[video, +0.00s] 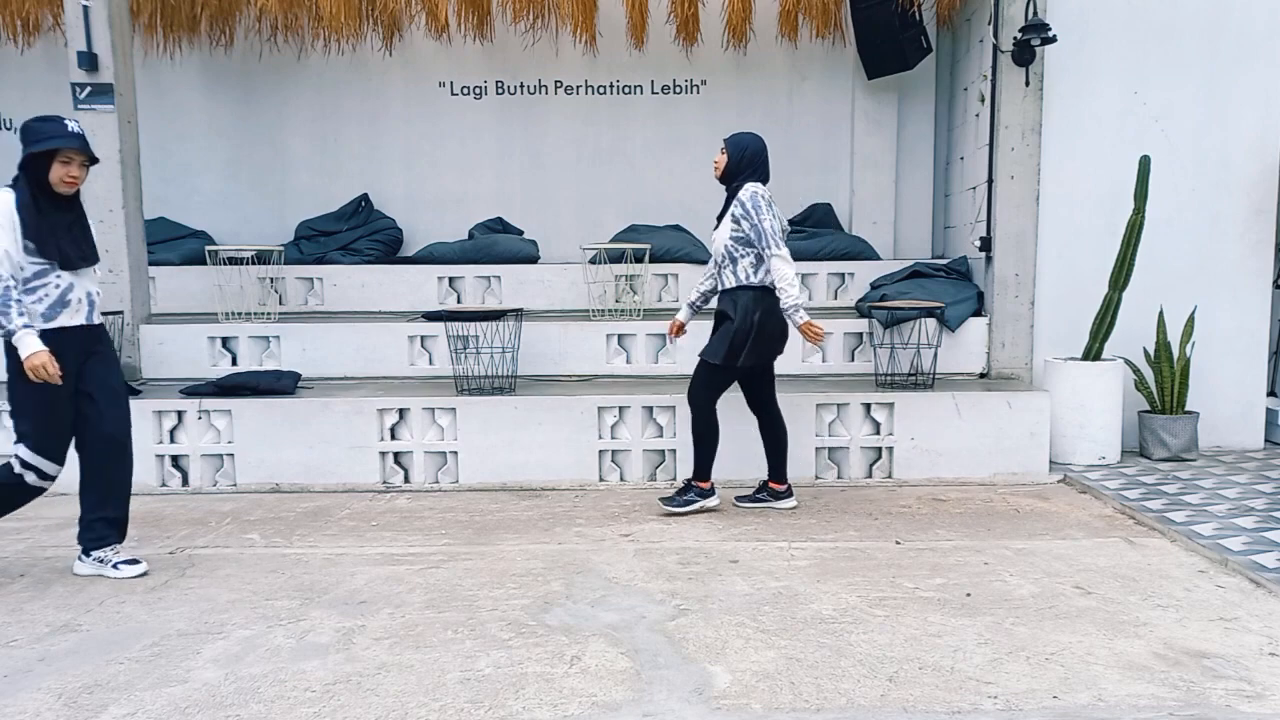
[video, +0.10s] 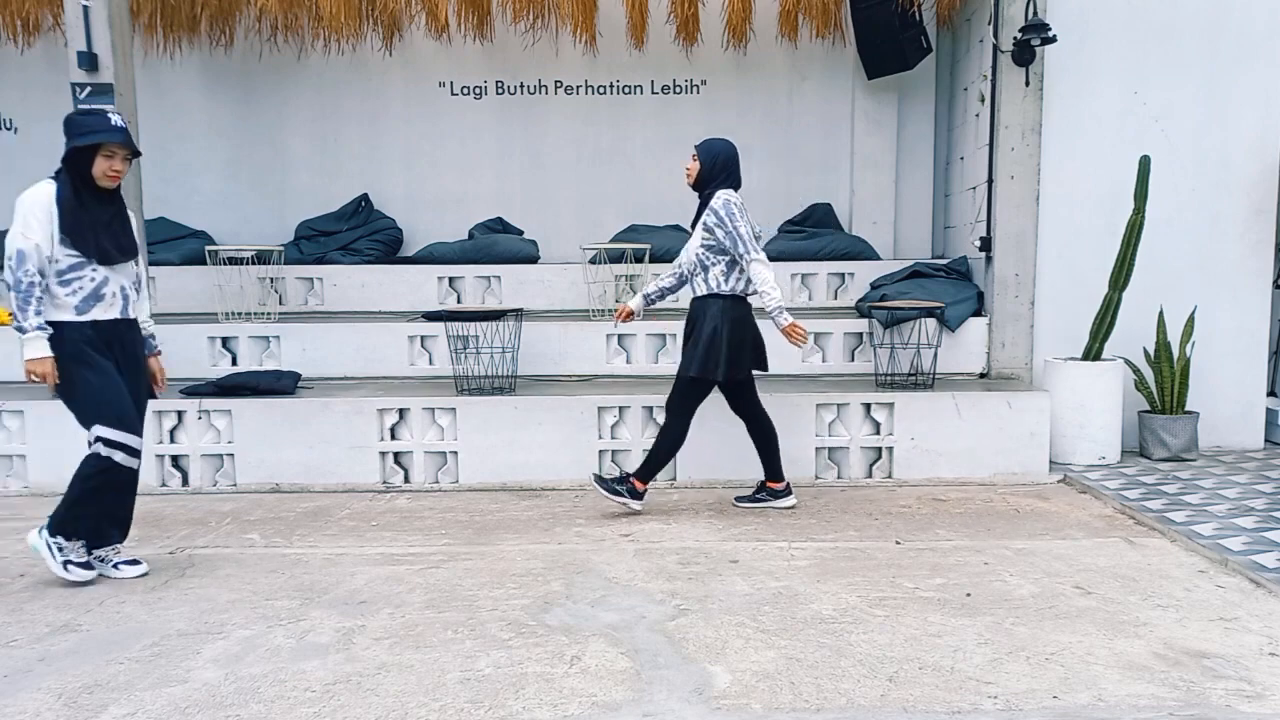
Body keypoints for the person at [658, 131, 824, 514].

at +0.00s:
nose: (716, 160)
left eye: (723, 154)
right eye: (719, 153)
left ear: (740, 159)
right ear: (744, 161)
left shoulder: (752, 195)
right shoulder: (739, 203)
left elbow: (778, 255)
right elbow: (718, 269)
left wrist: (796, 313)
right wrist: (687, 310)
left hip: (748, 312)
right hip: (750, 312)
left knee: (701, 393)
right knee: (764, 403)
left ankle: (701, 485)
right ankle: (778, 486)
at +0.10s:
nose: (688, 166)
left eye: (694, 160)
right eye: (690, 159)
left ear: (712, 165)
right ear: (712, 166)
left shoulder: (724, 201)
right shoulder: (712, 209)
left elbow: (754, 259)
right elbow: (683, 270)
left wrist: (780, 315)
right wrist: (639, 301)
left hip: (716, 316)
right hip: (723, 315)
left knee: (680, 406)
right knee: (747, 405)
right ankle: (776, 485)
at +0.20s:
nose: (660, 168)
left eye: (666, 162)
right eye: (662, 162)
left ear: (684, 167)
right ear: (687, 168)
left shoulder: (695, 205)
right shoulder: (683, 210)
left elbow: (717, 265)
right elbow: (655, 275)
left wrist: (741, 321)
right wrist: (610, 298)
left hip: (680, 318)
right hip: (688, 318)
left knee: (653, 409)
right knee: (716, 405)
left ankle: (621, 492)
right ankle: (768, 477)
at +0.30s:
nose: (631, 165)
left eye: (638, 158)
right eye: (634, 158)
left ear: (657, 163)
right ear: (658, 164)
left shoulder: (667, 205)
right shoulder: (656, 207)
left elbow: (677, 274)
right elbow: (639, 278)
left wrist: (685, 335)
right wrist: (601, 308)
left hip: (645, 315)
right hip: (643, 313)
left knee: (634, 409)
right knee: (663, 409)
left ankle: (616, 494)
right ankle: (735, 457)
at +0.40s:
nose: (605, 164)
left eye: (612, 157)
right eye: (606, 157)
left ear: (633, 161)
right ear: (631, 162)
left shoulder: (644, 206)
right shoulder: (630, 204)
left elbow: (635, 277)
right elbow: (621, 274)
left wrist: (617, 333)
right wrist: (604, 322)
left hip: (627, 310)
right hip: (610, 307)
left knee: (621, 405)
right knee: (599, 403)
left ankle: (614, 493)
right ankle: (675, 448)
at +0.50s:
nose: (581, 163)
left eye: (587, 155)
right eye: (580, 156)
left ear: (608, 157)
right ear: (592, 160)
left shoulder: (619, 201)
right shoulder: (606, 202)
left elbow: (592, 270)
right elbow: (593, 269)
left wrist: (553, 317)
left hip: (607, 314)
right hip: (592, 312)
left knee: (608, 403)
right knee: (553, 395)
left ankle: (615, 494)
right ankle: (606, 462)